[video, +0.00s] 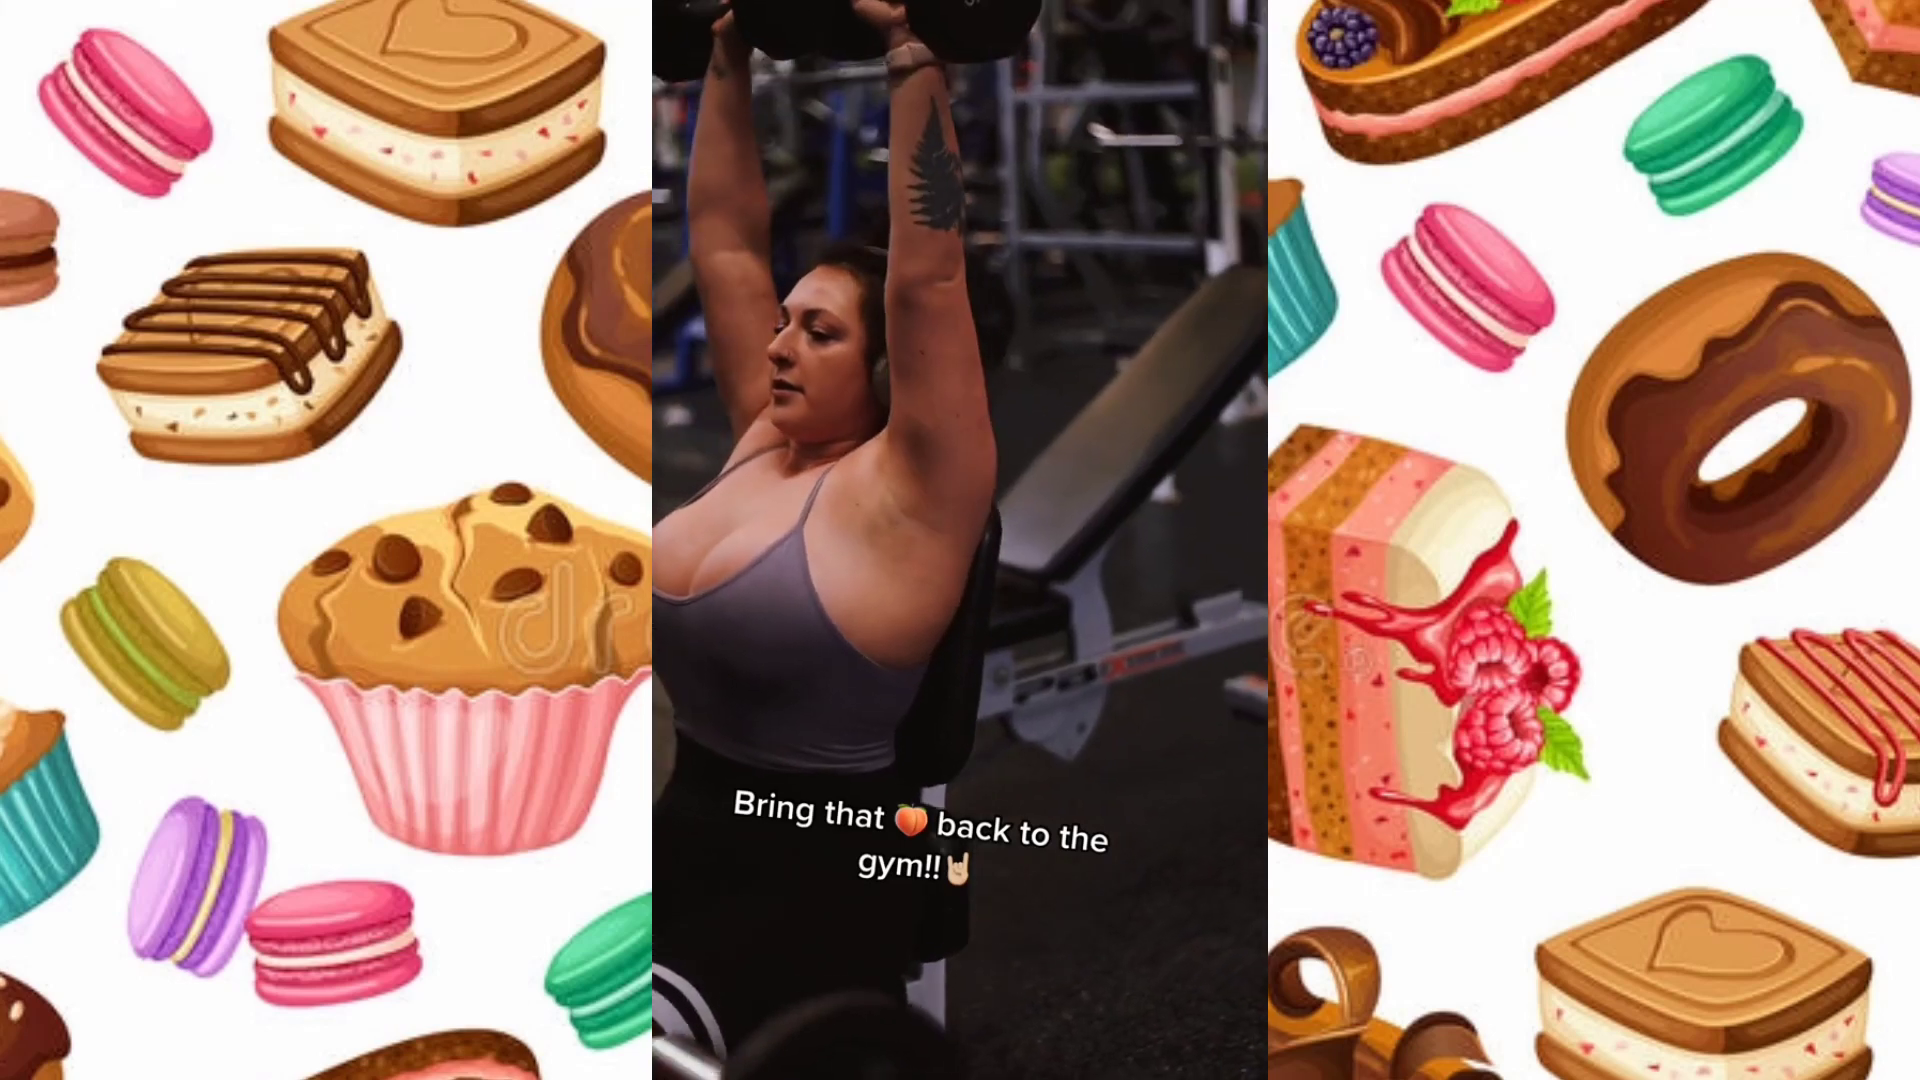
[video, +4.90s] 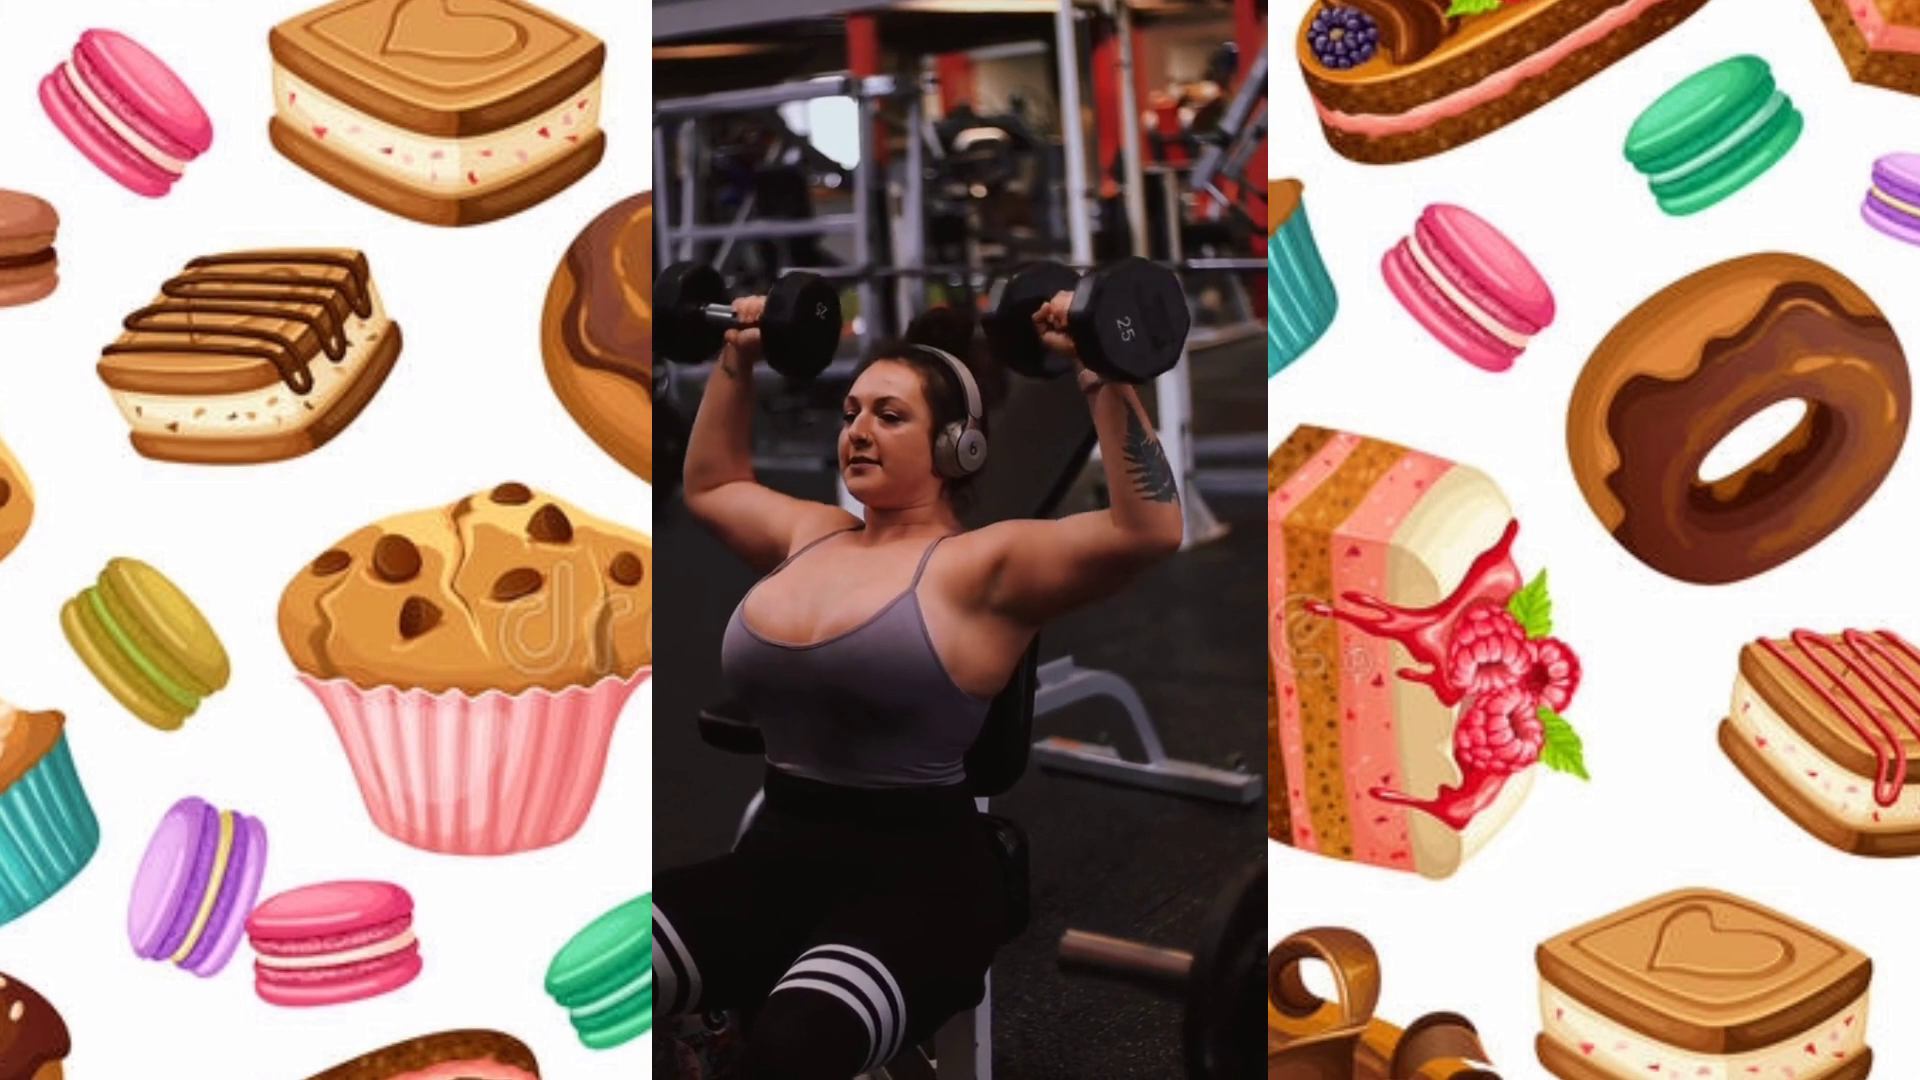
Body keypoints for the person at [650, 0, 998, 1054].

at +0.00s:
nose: (782, 343)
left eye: (818, 330)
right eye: (784, 322)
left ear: (884, 364)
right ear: (774, 340)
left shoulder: (916, 481)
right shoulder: (766, 440)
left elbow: (929, 277)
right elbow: (724, 243)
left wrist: (911, 52)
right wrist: (728, 48)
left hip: (821, 876)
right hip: (697, 843)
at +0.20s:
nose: (814, 332)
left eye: (852, 317)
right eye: (818, 306)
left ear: (914, 347)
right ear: (802, 320)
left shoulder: (950, 464)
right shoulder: (794, 424)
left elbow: (953, 260)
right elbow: (759, 223)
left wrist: (922, 42)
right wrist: (766, 45)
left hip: (866, 852)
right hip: (731, 823)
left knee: (864, 1055)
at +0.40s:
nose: (858, 295)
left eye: (895, 281)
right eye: (859, 273)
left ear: (957, 311)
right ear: (845, 290)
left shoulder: (991, 427)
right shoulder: (836, 392)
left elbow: (994, 223)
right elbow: (804, 190)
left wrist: (959, 29)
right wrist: (810, 13)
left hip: (897, 825)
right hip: (761, 789)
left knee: (661, 1010)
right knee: (554, 879)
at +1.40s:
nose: (842, 329)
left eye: (879, 312)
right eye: (839, 310)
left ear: (954, 350)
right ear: (825, 330)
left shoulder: (986, 480)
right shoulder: (804, 431)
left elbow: (1108, 343)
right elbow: (706, 307)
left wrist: (1061, 143)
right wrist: (730, 154)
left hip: (903, 847)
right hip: (755, 826)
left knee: (720, 1044)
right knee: (554, 931)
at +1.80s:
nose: (841, 340)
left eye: (879, 323)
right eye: (839, 318)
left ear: (950, 357)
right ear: (825, 333)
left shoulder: (985, 493)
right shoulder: (800, 452)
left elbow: (1174, 501)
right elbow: (693, 423)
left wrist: (1135, 308)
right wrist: (710, 289)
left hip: (906, 845)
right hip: (759, 823)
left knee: (738, 1037)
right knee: (552, 929)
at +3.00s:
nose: (885, 400)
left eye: (919, 386)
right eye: (884, 383)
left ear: (979, 421)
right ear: (871, 405)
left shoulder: (1009, 523)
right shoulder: (842, 490)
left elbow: (1080, 364)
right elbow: (769, 349)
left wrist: (1036, 201)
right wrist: (773, 201)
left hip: (945, 849)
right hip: (808, 832)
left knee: (810, 1028)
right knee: (605, 945)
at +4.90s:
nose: (857, 429)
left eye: (889, 414)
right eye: (852, 412)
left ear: (954, 445)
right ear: (838, 429)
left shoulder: (985, 566)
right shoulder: (812, 531)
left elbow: (1150, 528)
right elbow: (710, 485)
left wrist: (1096, 369)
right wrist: (736, 358)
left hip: (921, 879)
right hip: (783, 860)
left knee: (790, 1045)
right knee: (596, 972)